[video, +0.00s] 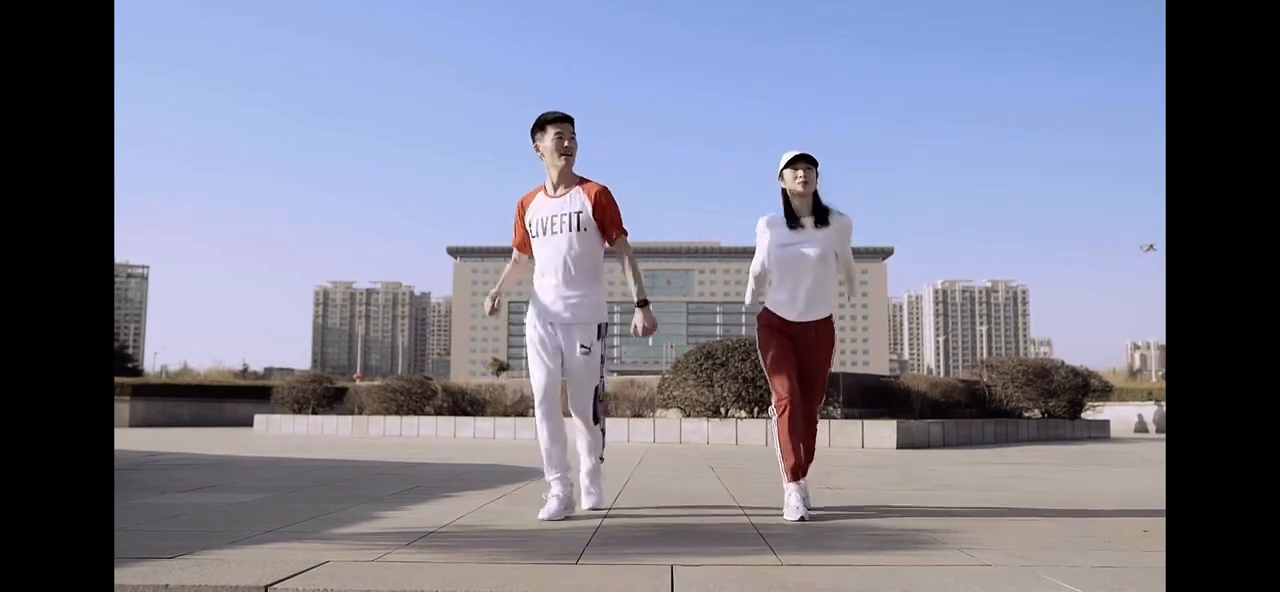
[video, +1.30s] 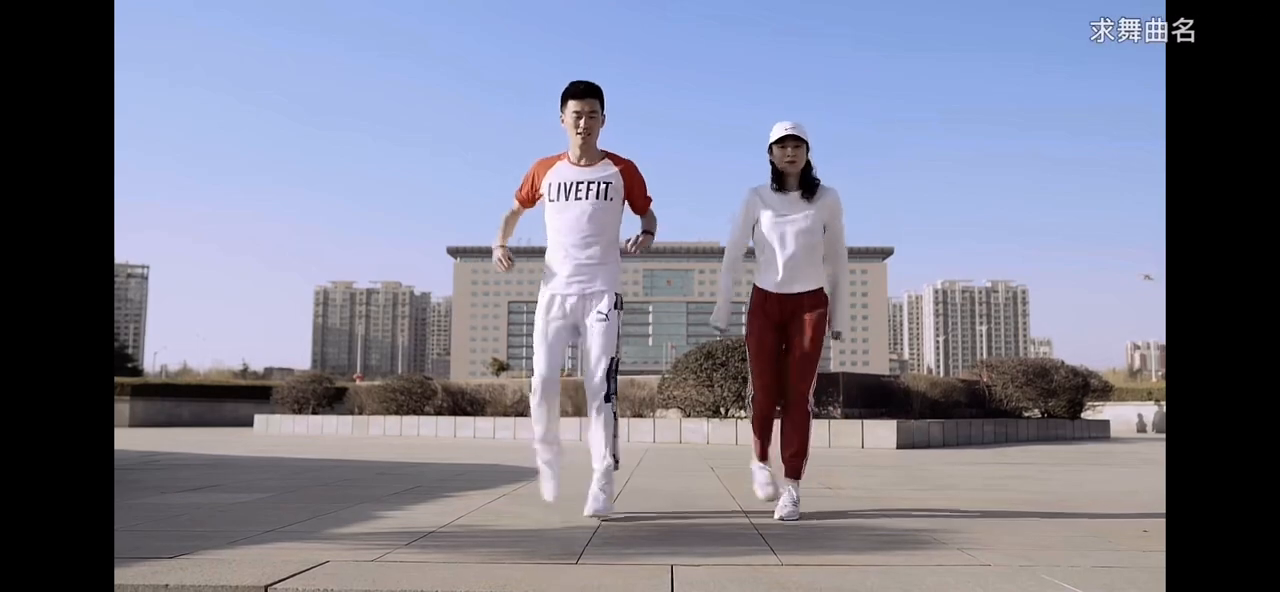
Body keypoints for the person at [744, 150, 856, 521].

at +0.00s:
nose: (803, 173)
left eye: (808, 168)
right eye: (795, 169)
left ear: (816, 178)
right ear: (783, 180)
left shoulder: (838, 224)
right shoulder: (768, 225)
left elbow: (847, 265)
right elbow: (758, 271)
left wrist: (853, 290)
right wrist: (752, 301)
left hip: (818, 326)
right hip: (775, 324)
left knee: (809, 407)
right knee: (787, 397)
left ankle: (800, 480)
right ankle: (792, 486)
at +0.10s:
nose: (801, 163)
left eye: (807, 157)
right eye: (793, 158)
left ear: (816, 163)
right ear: (781, 165)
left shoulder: (838, 209)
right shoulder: (766, 212)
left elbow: (857, 267)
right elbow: (748, 269)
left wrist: (872, 319)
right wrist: (740, 320)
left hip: (818, 307)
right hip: (774, 306)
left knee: (811, 399)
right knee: (784, 396)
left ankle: (808, 453)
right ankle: (790, 484)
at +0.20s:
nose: (802, 179)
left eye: (807, 173)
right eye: (794, 174)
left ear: (815, 175)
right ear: (780, 179)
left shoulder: (832, 217)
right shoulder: (768, 218)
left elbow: (852, 248)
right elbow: (751, 245)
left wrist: (871, 277)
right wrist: (746, 269)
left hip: (819, 303)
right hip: (777, 306)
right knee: (785, 402)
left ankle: (819, 425)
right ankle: (793, 484)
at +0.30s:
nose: (800, 182)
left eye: (805, 174)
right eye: (791, 176)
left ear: (814, 176)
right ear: (779, 180)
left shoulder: (831, 216)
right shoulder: (768, 217)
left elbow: (856, 242)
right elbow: (741, 242)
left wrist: (860, 233)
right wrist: (745, 237)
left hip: (820, 304)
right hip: (779, 309)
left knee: (811, 343)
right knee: (787, 399)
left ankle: (820, 420)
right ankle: (794, 483)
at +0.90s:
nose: (792, 168)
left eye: (800, 162)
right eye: (786, 161)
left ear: (811, 170)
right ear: (775, 169)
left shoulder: (825, 210)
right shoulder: (765, 213)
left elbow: (843, 225)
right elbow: (743, 240)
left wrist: (854, 225)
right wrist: (755, 232)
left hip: (820, 308)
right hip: (775, 315)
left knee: (796, 337)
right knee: (788, 407)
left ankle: (809, 422)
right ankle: (802, 492)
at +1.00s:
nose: (791, 154)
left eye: (799, 149)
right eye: (785, 147)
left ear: (809, 158)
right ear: (774, 155)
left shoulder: (821, 200)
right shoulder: (756, 202)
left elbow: (838, 252)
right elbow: (750, 256)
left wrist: (849, 304)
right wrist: (754, 303)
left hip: (814, 297)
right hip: (772, 300)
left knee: (795, 375)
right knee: (782, 388)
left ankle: (790, 470)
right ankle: (802, 479)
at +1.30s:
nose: (790, 152)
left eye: (797, 146)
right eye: (783, 146)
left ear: (807, 152)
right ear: (771, 154)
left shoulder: (827, 200)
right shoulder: (756, 198)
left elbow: (836, 260)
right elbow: (733, 253)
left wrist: (836, 312)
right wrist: (724, 303)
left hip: (810, 304)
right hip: (765, 303)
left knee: (798, 395)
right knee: (764, 392)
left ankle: (791, 484)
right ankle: (761, 460)